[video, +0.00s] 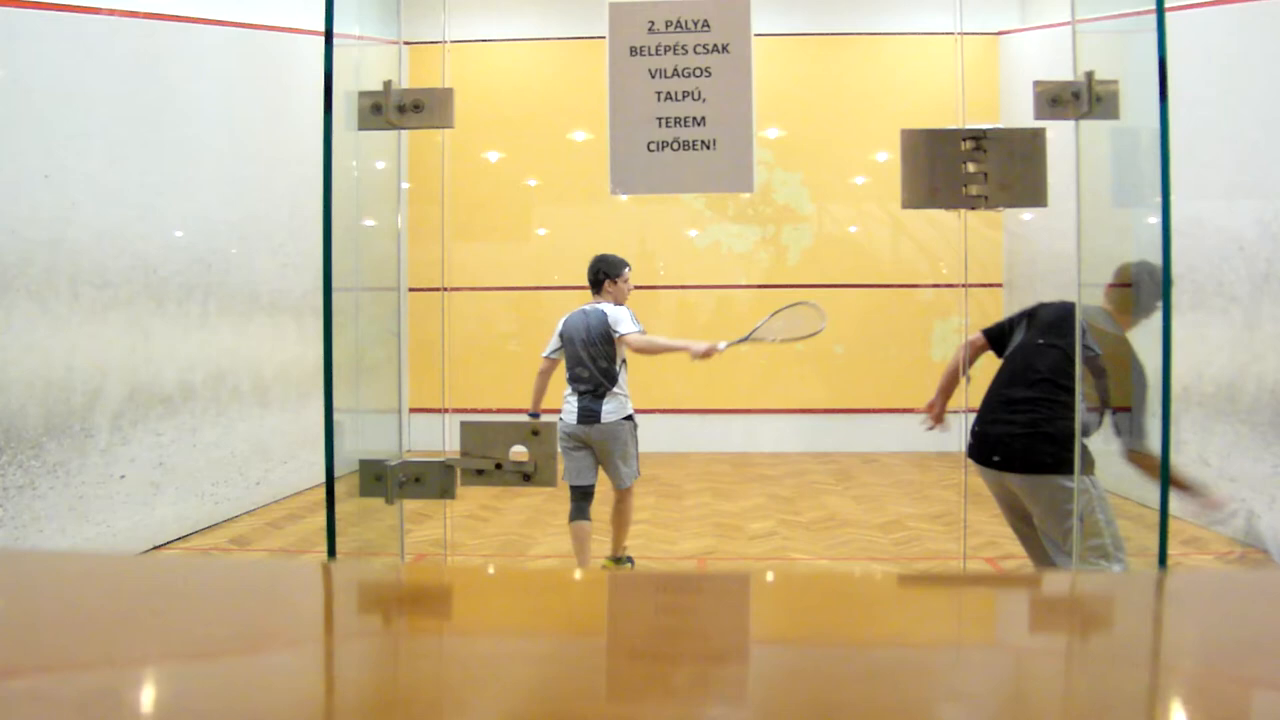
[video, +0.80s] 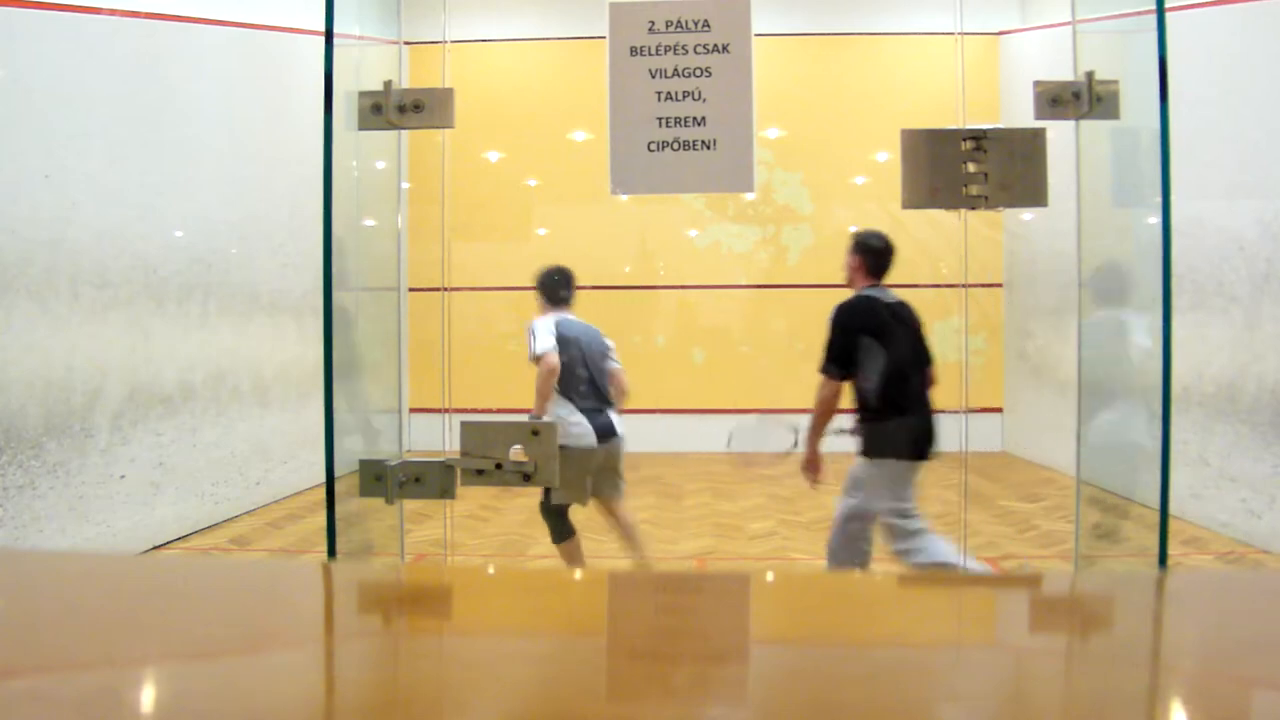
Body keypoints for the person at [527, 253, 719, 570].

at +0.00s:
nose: (630, 288)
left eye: (630, 281)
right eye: (627, 281)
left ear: (601, 285)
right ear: (609, 284)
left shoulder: (568, 320)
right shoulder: (617, 313)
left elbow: (545, 369)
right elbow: (636, 343)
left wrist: (534, 412)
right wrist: (690, 347)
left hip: (572, 421)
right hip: (612, 420)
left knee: (580, 496)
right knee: (623, 488)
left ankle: (582, 570)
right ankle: (617, 555)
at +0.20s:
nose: (634, 283)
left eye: (633, 277)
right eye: (632, 276)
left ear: (602, 279)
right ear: (622, 277)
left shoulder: (576, 315)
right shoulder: (625, 310)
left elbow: (553, 369)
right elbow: (628, 353)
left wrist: (556, 411)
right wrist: (668, 389)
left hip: (580, 417)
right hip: (621, 416)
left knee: (582, 495)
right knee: (640, 487)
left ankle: (582, 570)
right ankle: (639, 558)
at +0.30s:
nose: (635, 282)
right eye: (635, 278)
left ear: (604, 281)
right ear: (633, 280)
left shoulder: (583, 317)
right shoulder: (642, 312)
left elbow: (561, 370)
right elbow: (642, 355)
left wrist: (569, 409)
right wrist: (665, 405)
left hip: (591, 416)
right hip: (634, 416)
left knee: (583, 492)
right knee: (652, 489)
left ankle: (578, 567)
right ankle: (666, 559)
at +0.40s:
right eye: (640, 291)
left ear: (611, 296)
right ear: (641, 295)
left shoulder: (594, 331)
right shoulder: (656, 327)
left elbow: (571, 386)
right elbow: (672, 372)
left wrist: (586, 418)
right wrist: (679, 419)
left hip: (603, 425)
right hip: (648, 424)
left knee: (576, 493)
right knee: (668, 503)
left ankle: (579, 569)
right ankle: (693, 567)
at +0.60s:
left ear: (603, 320)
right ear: (633, 319)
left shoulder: (586, 357)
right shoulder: (653, 356)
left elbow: (573, 414)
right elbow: (684, 406)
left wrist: (567, 457)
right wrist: (678, 446)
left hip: (604, 453)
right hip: (648, 450)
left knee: (566, 503)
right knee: (663, 510)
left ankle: (585, 574)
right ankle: (692, 567)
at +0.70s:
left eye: (581, 308)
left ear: (575, 312)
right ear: (603, 312)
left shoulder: (561, 347)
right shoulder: (627, 349)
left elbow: (554, 399)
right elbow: (658, 403)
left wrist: (547, 421)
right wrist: (643, 435)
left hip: (589, 451)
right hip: (632, 446)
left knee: (557, 506)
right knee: (652, 510)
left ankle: (582, 574)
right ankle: (690, 566)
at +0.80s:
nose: (538, 298)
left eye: (539, 294)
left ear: (542, 295)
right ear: (571, 295)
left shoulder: (543, 324)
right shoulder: (595, 332)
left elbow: (550, 365)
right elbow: (619, 383)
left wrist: (537, 416)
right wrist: (608, 414)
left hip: (572, 438)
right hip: (609, 433)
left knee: (553, 508)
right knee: (608, 499)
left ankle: (581, 577)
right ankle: (644, 562)